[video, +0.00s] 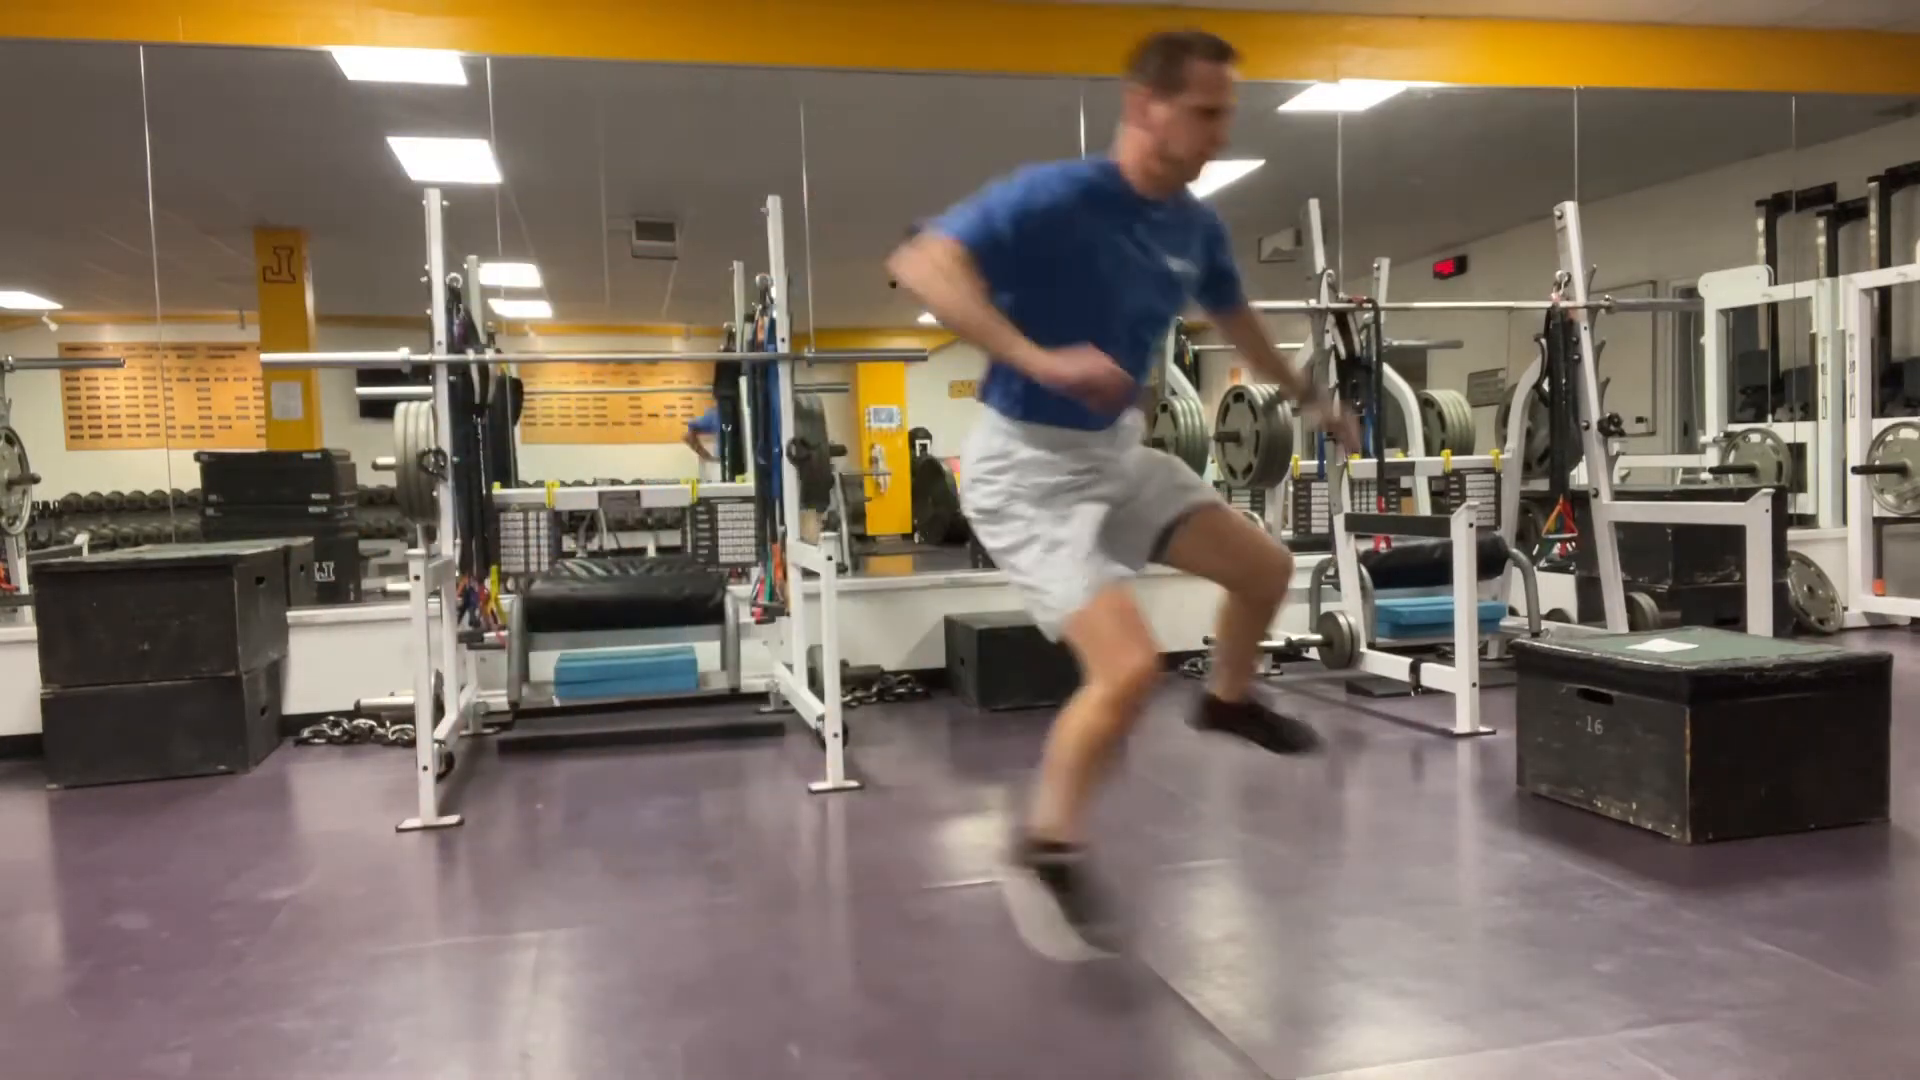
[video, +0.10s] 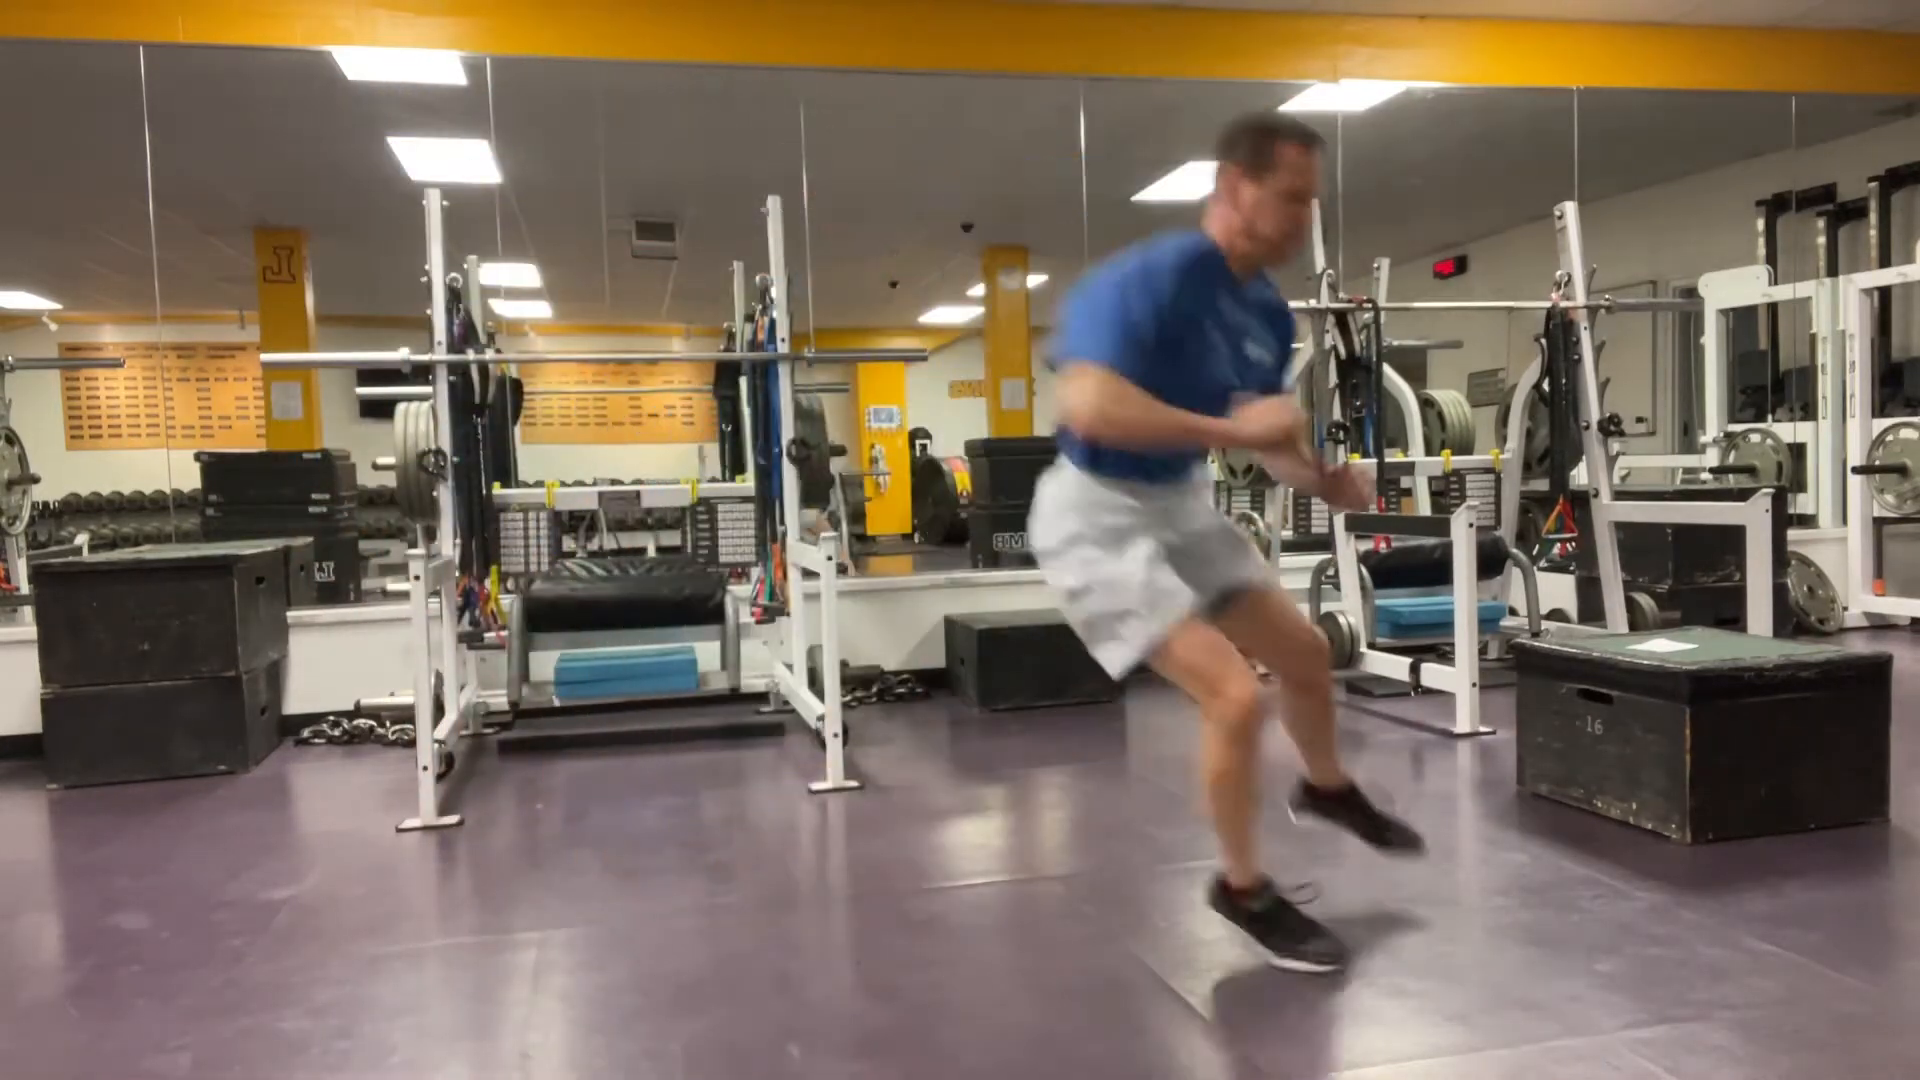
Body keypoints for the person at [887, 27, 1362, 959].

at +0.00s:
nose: (1217, 134)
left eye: (1224, 117)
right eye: (1202, 113)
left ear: (1218, 122)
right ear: (1142, 106)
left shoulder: (1196, 229)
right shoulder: (1055, 196)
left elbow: (1242, 330)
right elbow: (922, 263)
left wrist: (1306, 395)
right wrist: (1033, 355)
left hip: (1117, 459)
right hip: (1023, 466)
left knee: (1263, 569)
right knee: (1127, 667)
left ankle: (1229, 702)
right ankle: (1045, 846)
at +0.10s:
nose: (1306, 217)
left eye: (1311, 200)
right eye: (1292, 197)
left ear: (1299, 204)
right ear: (1232, 189)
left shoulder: (1266, 313)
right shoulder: (1148, 278)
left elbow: (1257, 429)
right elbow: (1088, 407)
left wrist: (1320, 477)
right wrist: (1233, 429)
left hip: (1180, 506)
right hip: (1090, 513)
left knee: (1305, 656)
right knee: (1234, 693)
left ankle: (1328, 786)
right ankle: (1243, 889)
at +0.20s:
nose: (1364, 332)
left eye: (1368, 314)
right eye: (1351, 313)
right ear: (1294, 305)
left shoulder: (1327, 400)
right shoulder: (1231, 390)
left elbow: (1379, 531)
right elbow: (1278, 526)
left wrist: (1414, 464)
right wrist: (1383, 443)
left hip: (1231, 583)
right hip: (1156, 595)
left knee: (1370, 697)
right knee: (1326, 713)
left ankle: (1338, 841)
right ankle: (1260, 898)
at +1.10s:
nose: (1386, 248)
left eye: (1395, 232)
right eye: (1371, 228)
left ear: (1397, 237)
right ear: (1318, 227)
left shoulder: (1333, 334)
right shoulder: (1248, 320)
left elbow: (1318, 449)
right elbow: (1245, 491)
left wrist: (1367, 531)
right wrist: (1345, 590)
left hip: (1246, 513)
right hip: (1172, 515)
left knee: (1345, 662)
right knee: (1291, 686)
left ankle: (1338, 833)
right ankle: (1256, 897)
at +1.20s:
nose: (1339, 213)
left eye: (1347, 196)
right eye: (1323, 194)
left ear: (1348, 202)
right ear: (1270, 194)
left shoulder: (1290, 298)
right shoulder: (1206, 294)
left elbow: (1265, 432)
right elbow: (1173, 456)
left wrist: (1279, 527)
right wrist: (1222, 584)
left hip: (1218, 498)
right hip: (1151, 500)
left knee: (1313, 651)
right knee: (1262, 679)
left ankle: (1271, 824)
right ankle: (1252, 892)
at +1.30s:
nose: (1280, 201)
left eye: (1286, 184)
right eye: (1262, 184)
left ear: (1284, 190)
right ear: (1207, 186)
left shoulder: (1244, 289)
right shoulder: (1154, 289)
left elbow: (1202, 408)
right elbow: (1079, 441)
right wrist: (1115, 575)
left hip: (1204, 503)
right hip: (1134, 511)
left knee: (1274, 666)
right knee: (1239, 681)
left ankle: (1149, 797)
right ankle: (1251, 897)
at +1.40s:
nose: (1207, 197)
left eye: (1211, 181)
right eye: (1188, 183)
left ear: (1209, 187)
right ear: (1136, 191)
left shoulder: (1196, 298)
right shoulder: (1096, 291)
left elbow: (1166, 411)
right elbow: (1000, 419)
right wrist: (1025, 559)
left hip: (1164, 507)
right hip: (1103, 512)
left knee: (1188, 704)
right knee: (1218, 687)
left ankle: (1049, 796)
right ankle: (1251, 896)